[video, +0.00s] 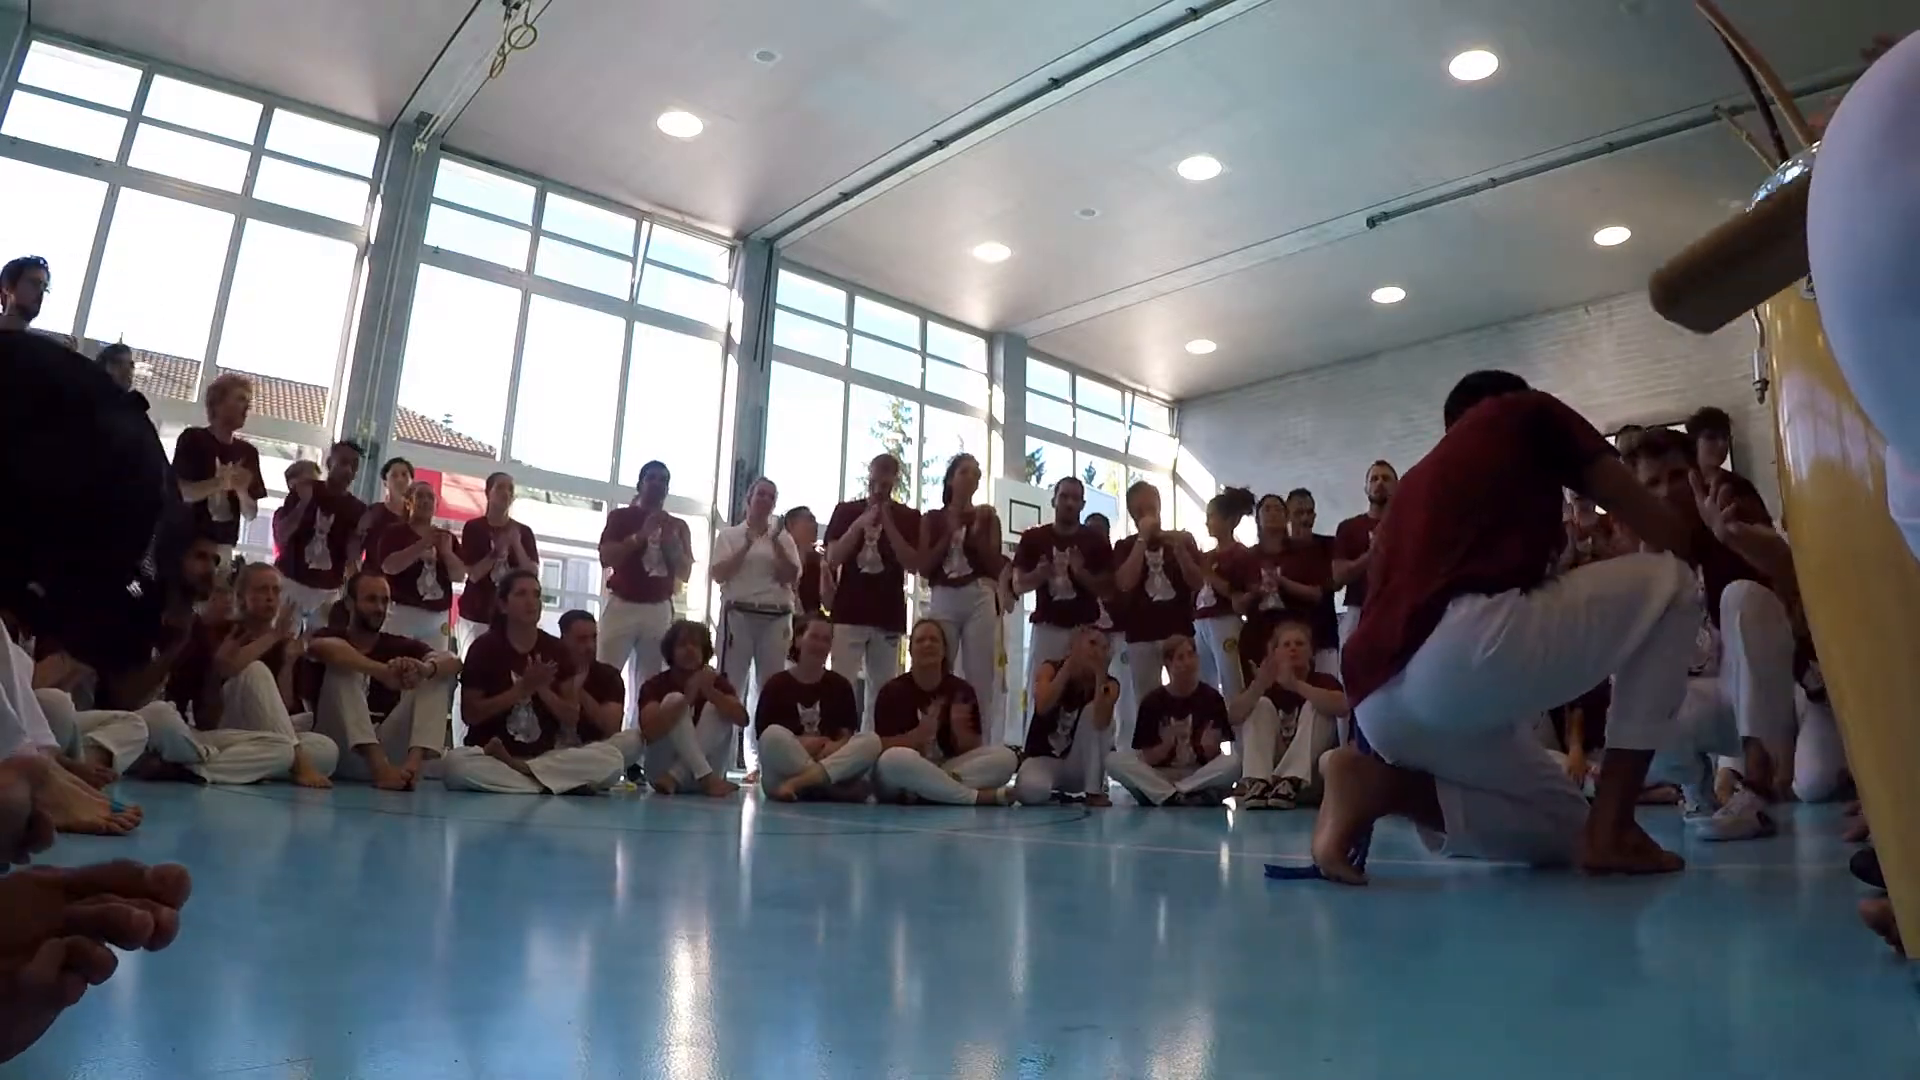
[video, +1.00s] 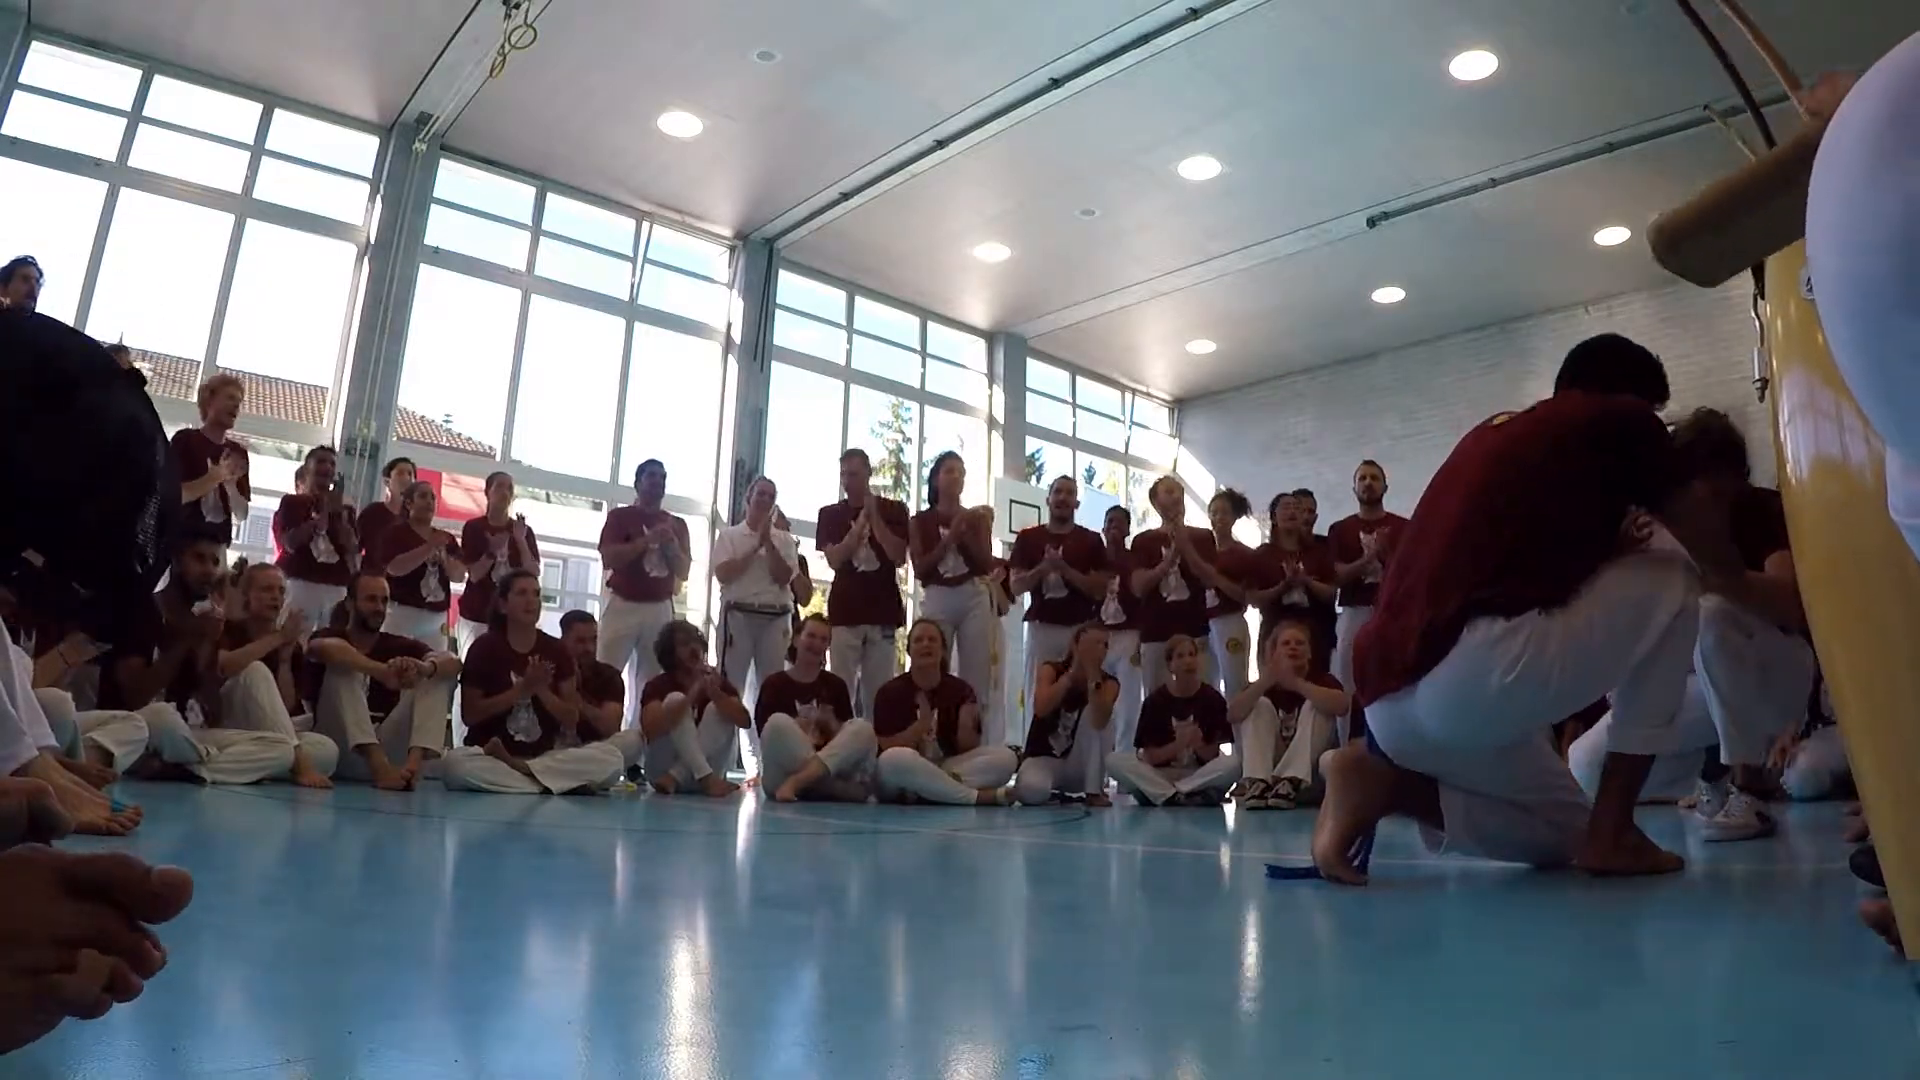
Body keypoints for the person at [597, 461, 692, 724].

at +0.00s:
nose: (657, 484)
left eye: (662, 480)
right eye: (651, 478)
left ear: (668, 487)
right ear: (640, 484)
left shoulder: (678, 526)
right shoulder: (620, 517)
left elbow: (685, 574)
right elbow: (607, 557)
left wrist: (672, 544)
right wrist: (640, 535)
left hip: (658, 610)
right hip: (620, 607)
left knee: (650, 688)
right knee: (605, 682)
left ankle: (645, 752)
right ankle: (598, 748)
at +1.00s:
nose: (656, 481)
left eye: (660, 477)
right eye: (650, 476)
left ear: (665, 484)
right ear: (637, 482)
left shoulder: (677, 524)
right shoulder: (618, 516)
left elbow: (683, 572)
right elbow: (610, 558)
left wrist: (670, 544)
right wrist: (646, 541)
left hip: (659, 610)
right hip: (621, 608)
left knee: (653, 688)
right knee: (605, 682)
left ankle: (647, 752)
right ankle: (598, 748)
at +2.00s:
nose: (659, 482)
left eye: (663, 478)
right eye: (653, 477)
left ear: (668, 485)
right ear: (639, 483)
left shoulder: (677, 524)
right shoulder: (619, 517)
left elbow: (685, 573)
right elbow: (609, 559)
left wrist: (673, 547)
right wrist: (640, 537)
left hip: (660, 609)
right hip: (622, 607)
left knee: (653, 687)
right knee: (605, 682)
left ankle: (646, 751)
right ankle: (600, 748)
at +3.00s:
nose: (660, 485)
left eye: (664, 480)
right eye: (654, 479)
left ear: (669, 487)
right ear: (641, 484)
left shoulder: (677, 526)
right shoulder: (620, 517)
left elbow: (684, 572)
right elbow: (611, 556)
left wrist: (670, 540)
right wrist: (645, 540)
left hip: (660, 610)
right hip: (622, 607)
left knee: (653, 686)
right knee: (606, 680)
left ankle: (647, 747)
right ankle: (598, 745)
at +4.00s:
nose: (659, 485)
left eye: (663, 481)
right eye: (653, 479)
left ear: (668, 487)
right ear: (639, 484)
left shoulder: (676, 525)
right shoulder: (619, 517)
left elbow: (684, 573)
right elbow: (609, 557)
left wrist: (672, 545)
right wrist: (644, 535)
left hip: (660, 609)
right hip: (622, 607)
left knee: (653, 684)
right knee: (606, 679)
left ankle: (646, 747)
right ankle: (599, 744)